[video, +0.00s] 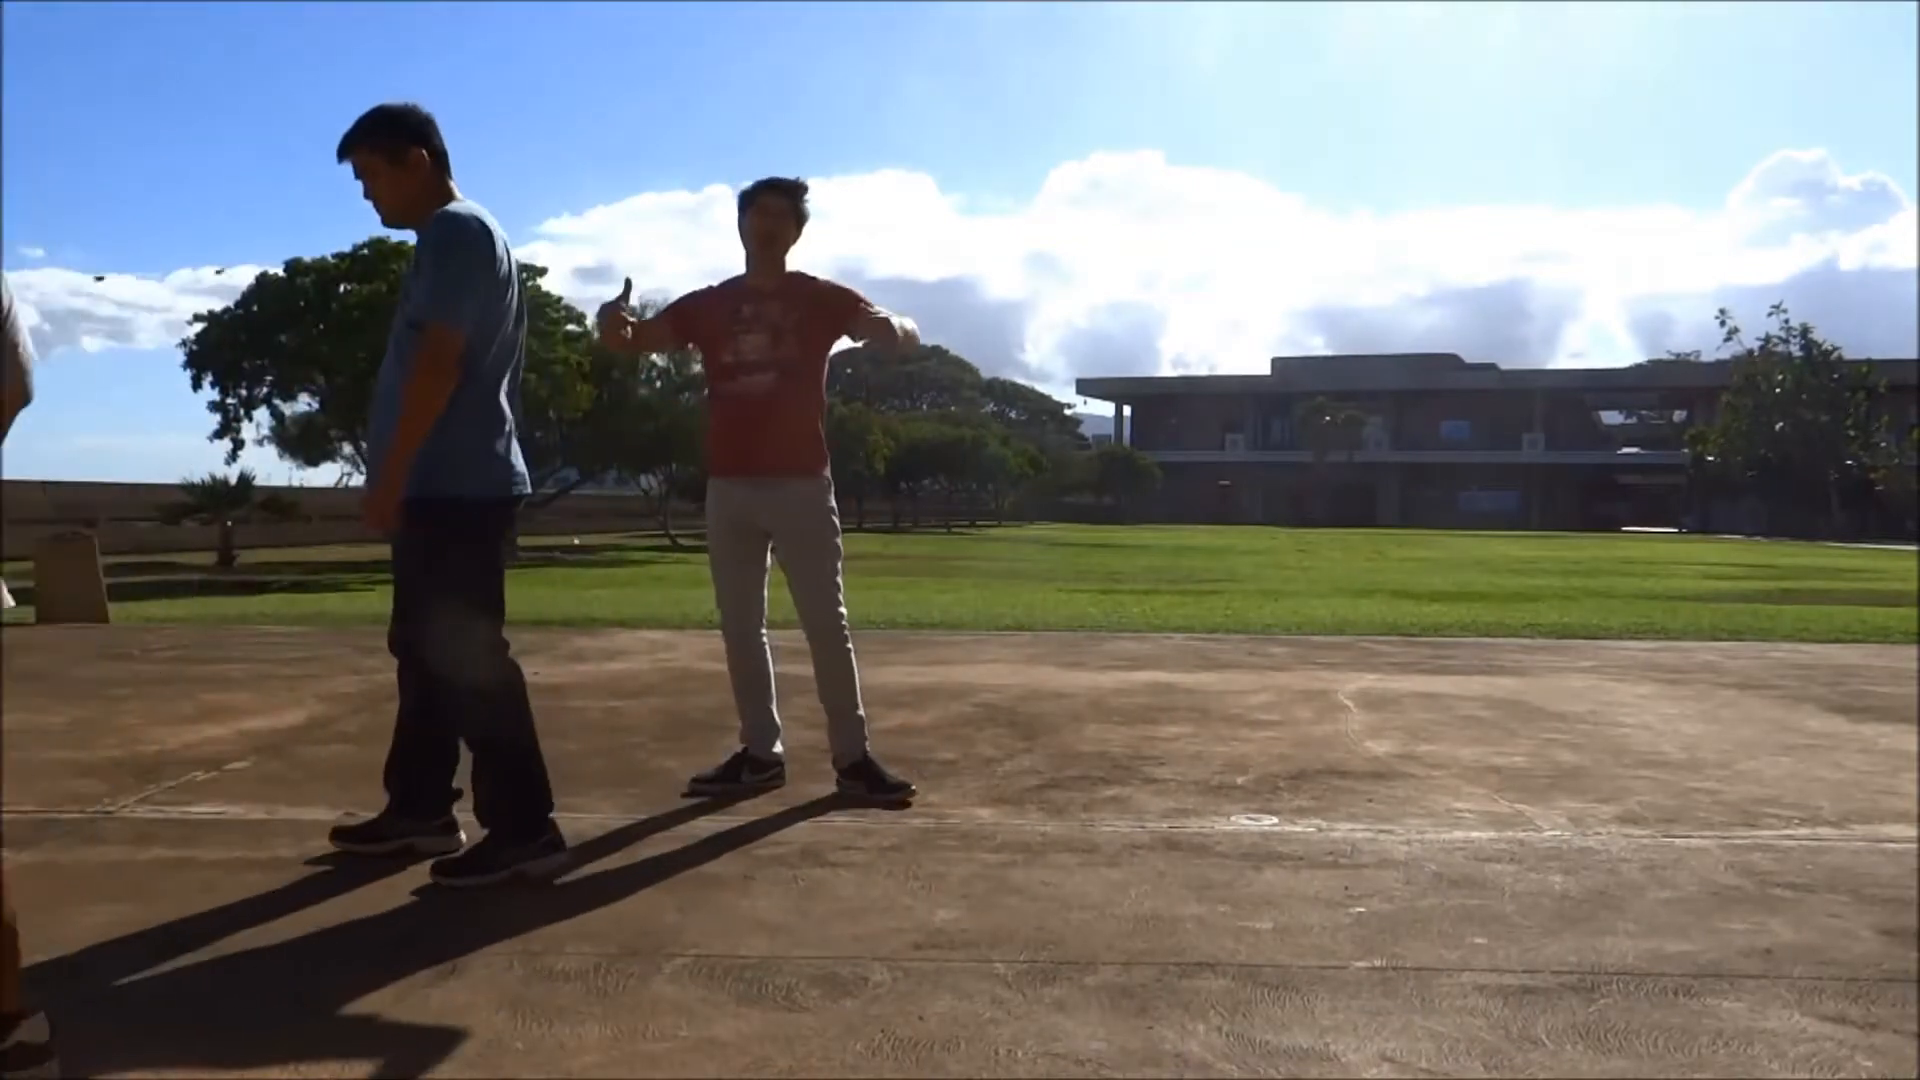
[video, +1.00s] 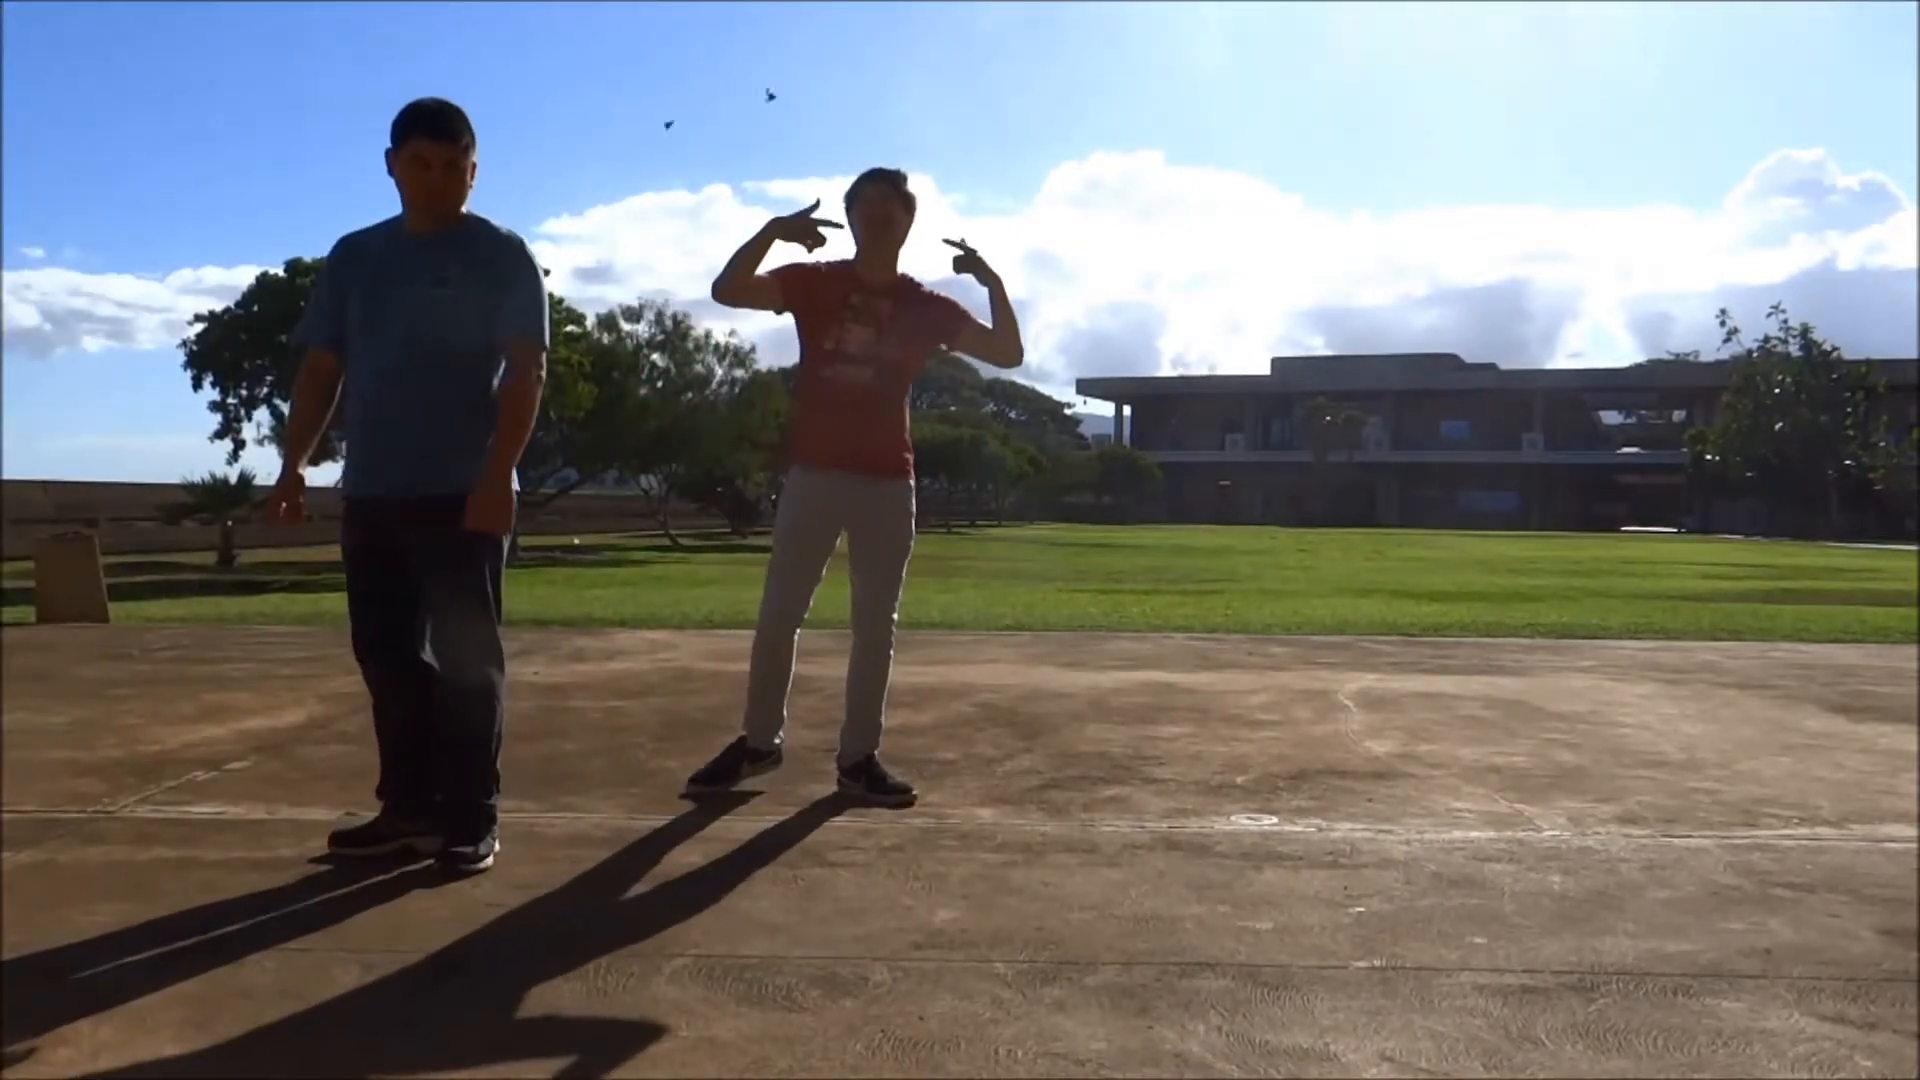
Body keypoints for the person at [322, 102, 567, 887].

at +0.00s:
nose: (369, 197)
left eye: (371, 179)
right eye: (363, 183)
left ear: (417, 161)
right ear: (420, 164)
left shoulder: (459, 234)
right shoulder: (459, 237)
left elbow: (442, 361)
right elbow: (465, 367)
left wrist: (393, 470)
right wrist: (404, 468)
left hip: (461, 486)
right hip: (440, 487)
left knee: (469, 653)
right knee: (422, 649)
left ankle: (525, 828)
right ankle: (419, 809)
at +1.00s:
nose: (439, 178)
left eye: (452, 163)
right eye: (422, 164)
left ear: (473, 168)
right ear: (393, 166)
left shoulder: (503, 256)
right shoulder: (354, 257)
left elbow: (525, 370)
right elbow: (321, 368)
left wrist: (498, 476)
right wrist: (294, 463)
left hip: (466, 491)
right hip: (375, 491)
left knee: (467, 659)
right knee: (387, 658)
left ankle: (472, 823)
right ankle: (407, 811)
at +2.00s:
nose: (426, 183)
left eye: (434, 169)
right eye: (410, 168)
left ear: (442, 176)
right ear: (368, 169)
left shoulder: (463, 266)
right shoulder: (311, 255)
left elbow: (502, 362)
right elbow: (251, 350)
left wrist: (533, 419)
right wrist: (274, 370)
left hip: (444, 493)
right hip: (344, 497)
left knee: (457, 658)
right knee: (334, 661)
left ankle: (477, 816)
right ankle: (329, 811)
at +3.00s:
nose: (454, 209)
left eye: (462, 196)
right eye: (440, 193)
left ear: (470, 200)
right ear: (401, 187)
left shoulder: (468, 273)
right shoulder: (341, 259)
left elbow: (521, 354)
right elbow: (270, 340)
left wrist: (538, 283)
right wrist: (311, 254)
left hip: (449, 490)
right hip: (360, 493)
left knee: (487, 636)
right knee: (349, 655)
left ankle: (518, 776)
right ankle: (333, 804)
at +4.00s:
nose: (646, 246)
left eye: (654, 233)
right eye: (643, 230)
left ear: (638, 225)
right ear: (603, 212)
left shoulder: (630, 293)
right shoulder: (533, 277)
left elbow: (646, 374)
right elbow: (489, 375)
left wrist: (730, 395)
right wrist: (516, 358)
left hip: (610, 492)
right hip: (556, 491)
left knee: (571, 632)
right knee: (610, 626)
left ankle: (531, 782)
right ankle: (654, 788)